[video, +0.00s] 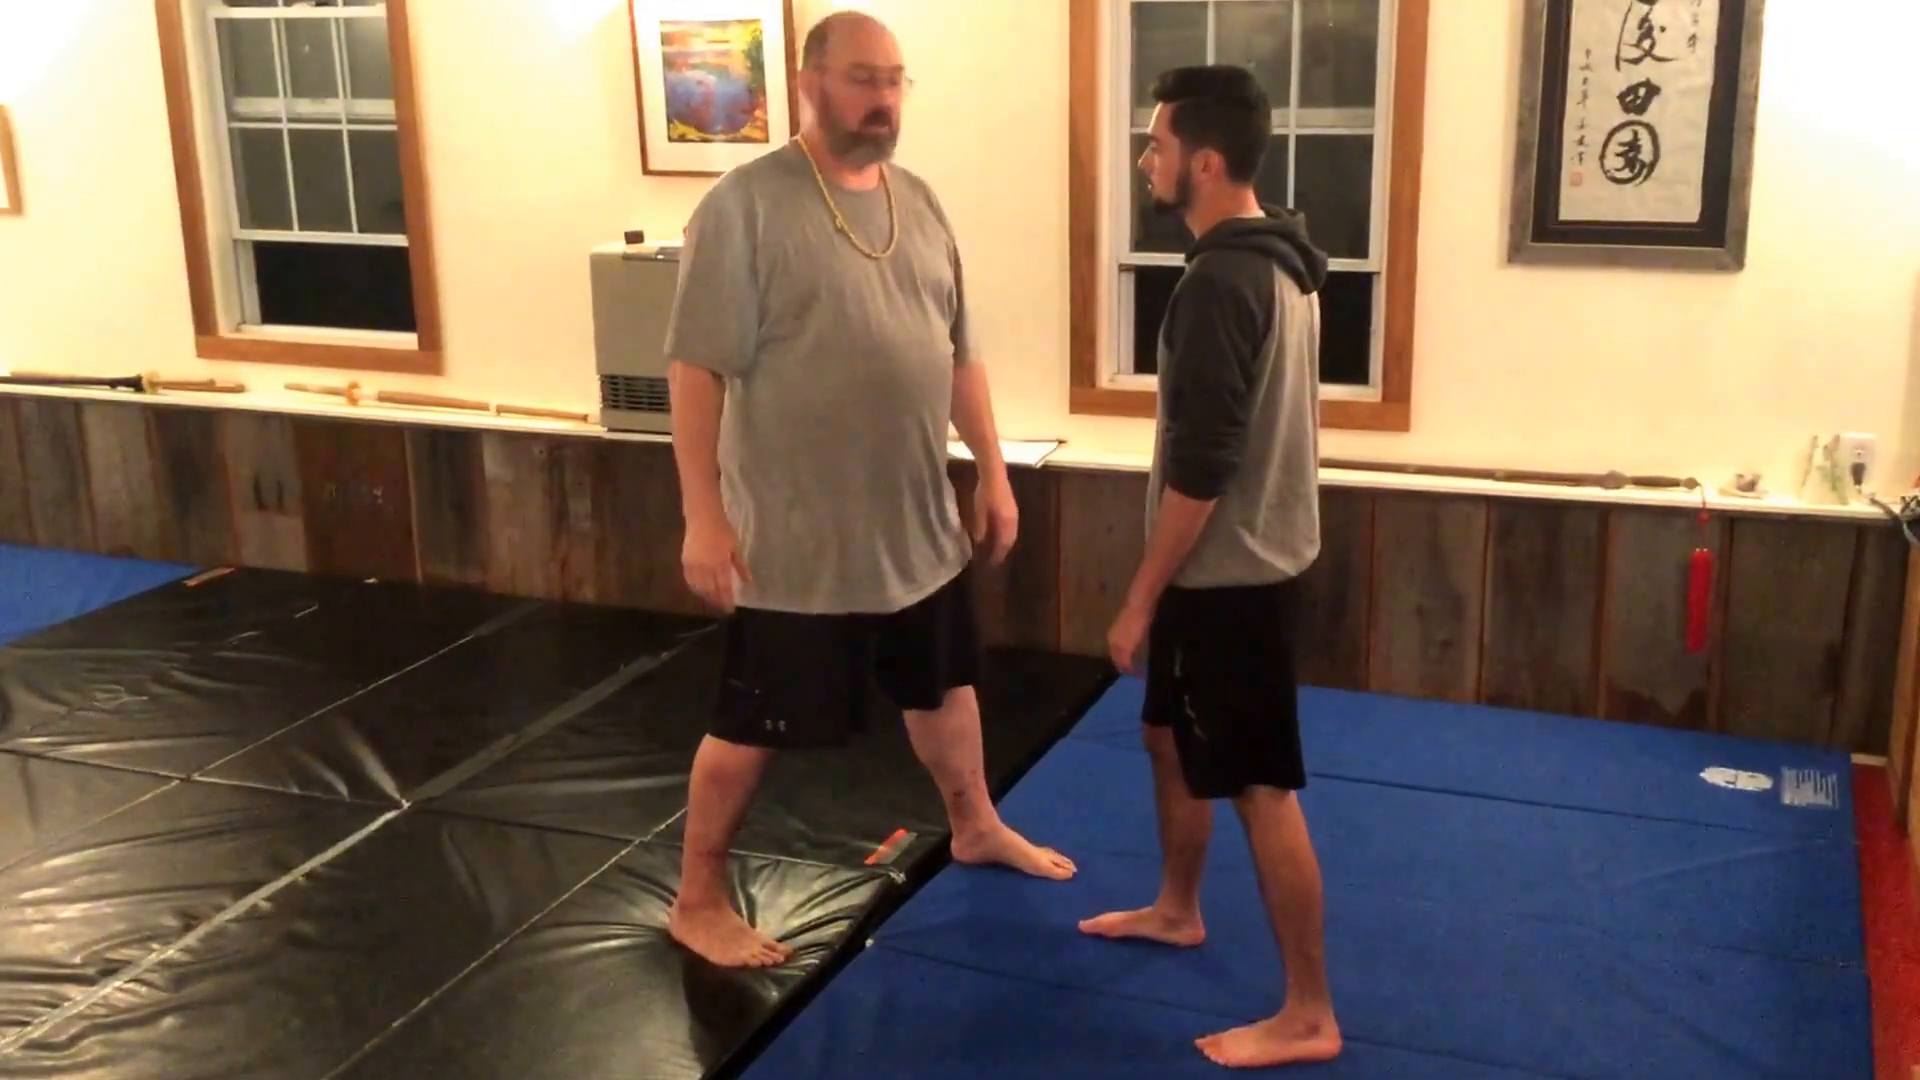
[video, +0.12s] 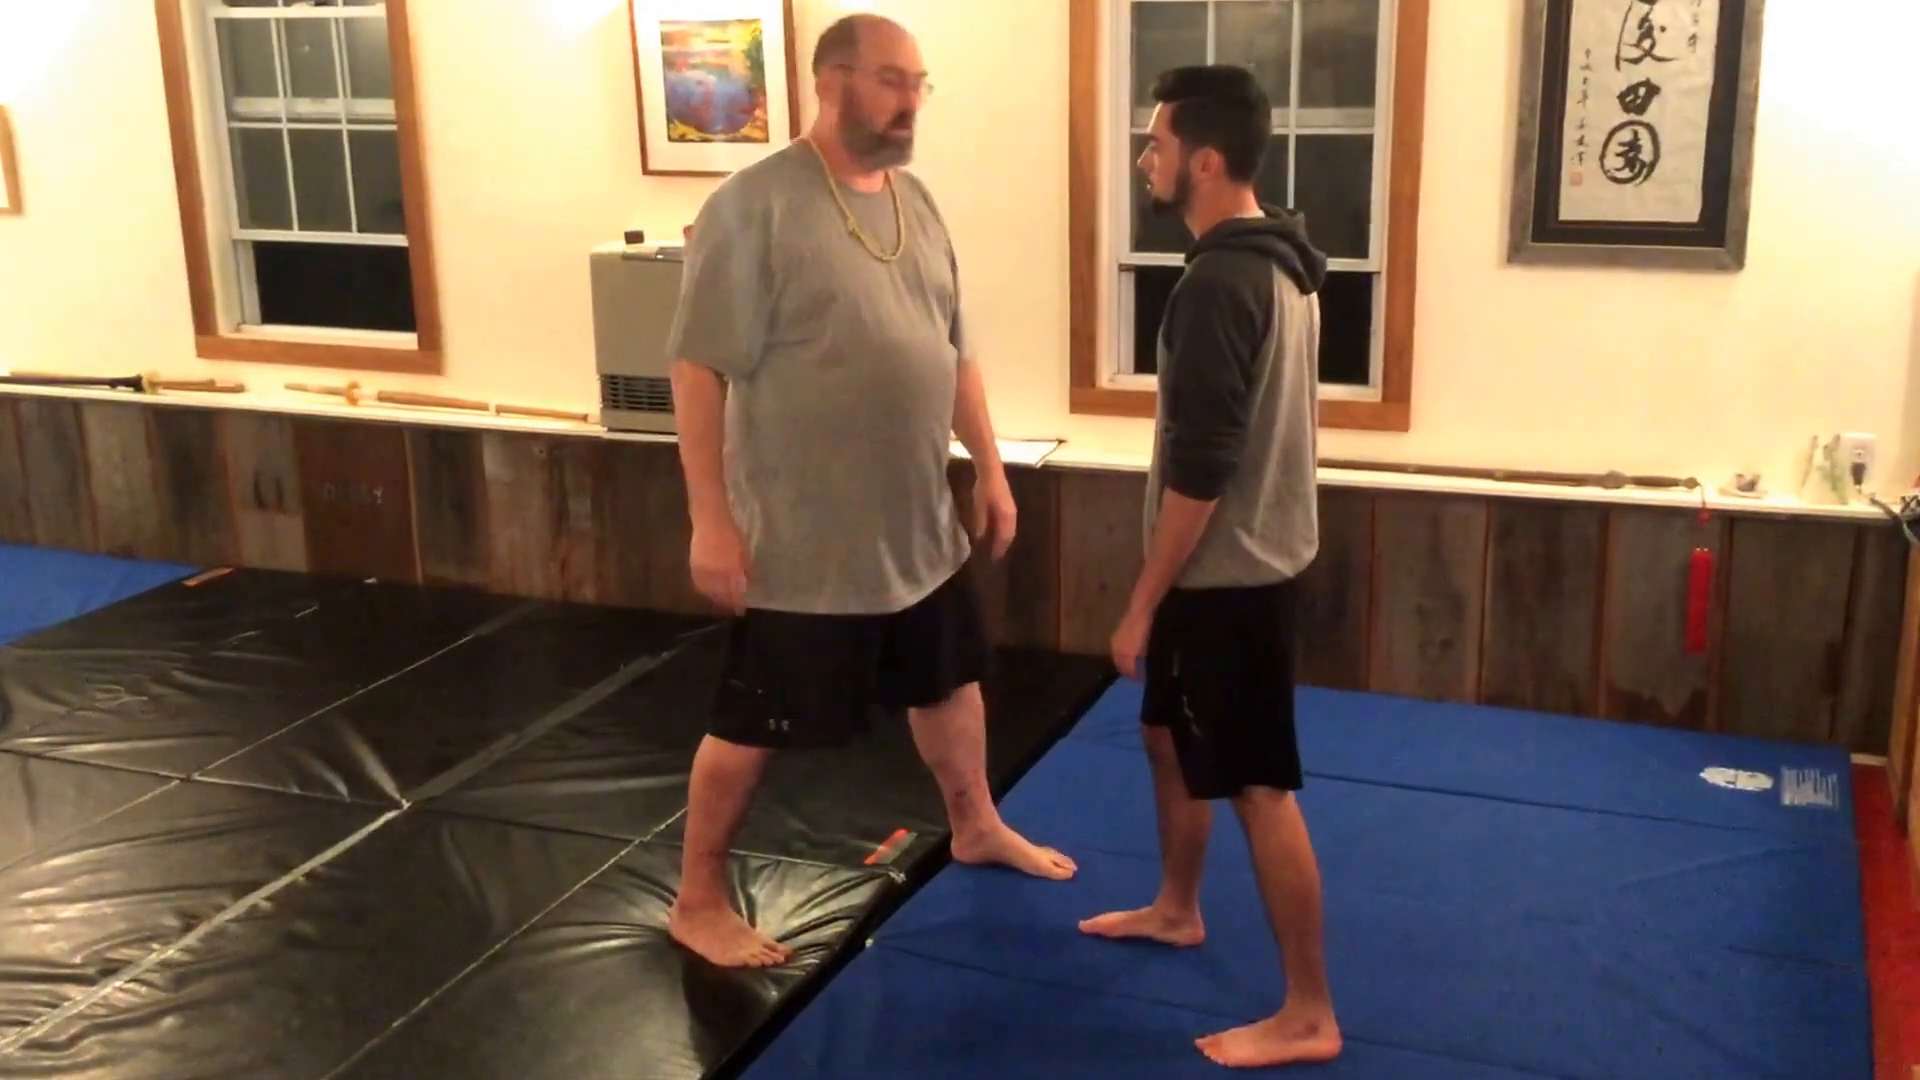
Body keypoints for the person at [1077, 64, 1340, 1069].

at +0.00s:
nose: (1146, 157)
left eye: (1158, 141)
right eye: (1150, 139)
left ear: (1205, 157)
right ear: (1230, 158)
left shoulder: (1221, 280)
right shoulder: (1276, 255)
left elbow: (1200, 472)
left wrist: (1139, 599)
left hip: (1235, 569)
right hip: (1229, 555)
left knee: (1262, 787)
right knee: (1169, 734)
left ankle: (1309, 1013)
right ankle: (1177, 906)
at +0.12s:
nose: (1145, 157)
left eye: (1158, 141)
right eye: (1149, 139)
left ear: (1206, 156)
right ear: (1229, 158)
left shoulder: (1220, 281)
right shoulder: (1275, 259)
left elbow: (1200, 473)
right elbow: (1268, 434)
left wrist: (1140, 605)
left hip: (1232, 570)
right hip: (1232, 557)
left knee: (1258, 785)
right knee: (1169, 733)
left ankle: (1309, 1012)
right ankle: (1176, 906)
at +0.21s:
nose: (1143, 157)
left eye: (1156, 141)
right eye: (1147, 138)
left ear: (1204, 156)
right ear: (1228, 157)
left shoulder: (1218, 280)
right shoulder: (1276, 258)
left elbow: (1203, 473)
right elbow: (1272, 433)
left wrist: (1148, 608)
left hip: (1231, 571)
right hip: (1239, 557)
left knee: (1258, 786)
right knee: (1167, 728)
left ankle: (1308, 1013)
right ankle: (1177, 905)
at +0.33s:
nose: (1143, 157)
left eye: (1154, 140)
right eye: (1147, 138)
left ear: (1199, 155)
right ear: (1230, 155)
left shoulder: (1217, 280)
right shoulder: (1276, 258)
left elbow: (1205, 473)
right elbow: (1273, 430)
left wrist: (1151, 612)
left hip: (1230, 572)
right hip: (1239, 557)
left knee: (1257, 785)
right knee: (1167, 727)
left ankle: (1308, 1012)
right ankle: (1176, 904)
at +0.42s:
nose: (1143, 160)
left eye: (1153, 142)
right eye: (1147, 141)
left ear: (1196, 154)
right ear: (1230, 153)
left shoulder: (1217, 279)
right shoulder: (1278, 258)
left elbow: (1204, 472)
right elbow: (1275, 431)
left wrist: (1151, 614)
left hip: (1230, 572)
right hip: (1241, 557)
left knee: (1256, 784)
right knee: (1166, 727)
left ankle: (1308, 1011)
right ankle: (1176, 904)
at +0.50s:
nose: (1142, 162)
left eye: (1150, 145)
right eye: (1144, 144)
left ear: (1193, 155)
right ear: (1231, 152)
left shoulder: (1216, 281)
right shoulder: (1277, 255)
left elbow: (1204, 474)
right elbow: (1275, 425)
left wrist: (1149, 613)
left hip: (1229, 571)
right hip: (1239, 555)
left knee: (1254, 784)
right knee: (1165, 725)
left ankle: (1307, 1010)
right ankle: (1175, 903)